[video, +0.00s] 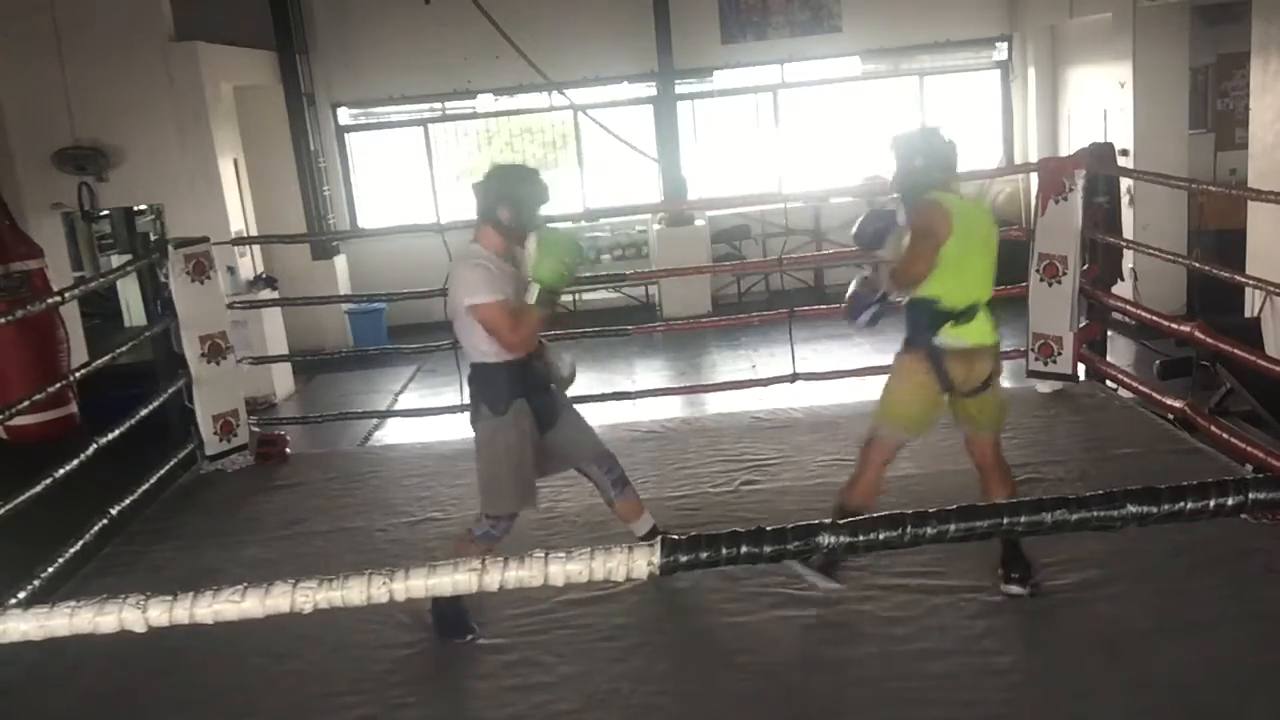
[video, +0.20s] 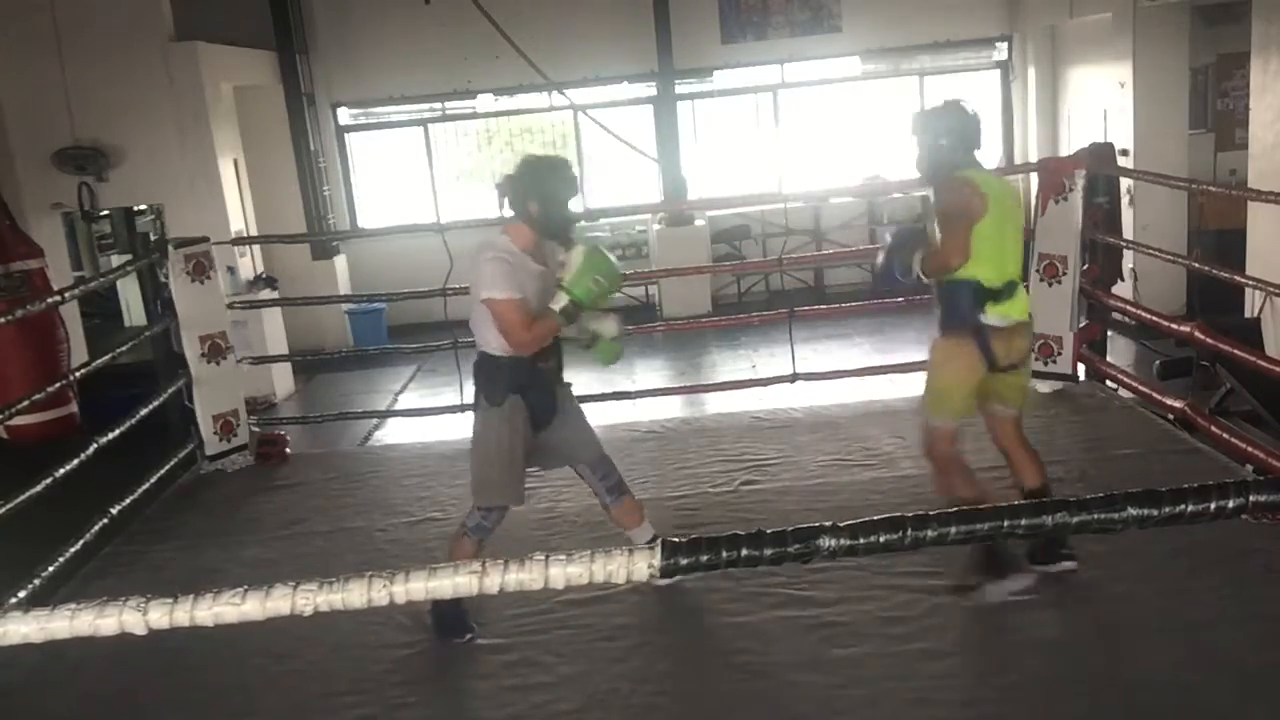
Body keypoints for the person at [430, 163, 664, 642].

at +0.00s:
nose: (535, 222)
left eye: (535, 212)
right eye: (529, 212)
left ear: (504, 212)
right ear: (502, 211)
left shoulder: (511, 260)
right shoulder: (472, 272)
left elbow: (519, 325)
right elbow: (517, 341)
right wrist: (548, 287)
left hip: (535, 386)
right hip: (499, 398)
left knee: (603, 466)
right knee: (499, 516)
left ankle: (657, 548)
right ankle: (446, 589)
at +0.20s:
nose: (573, 209)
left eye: (573, 197)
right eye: (566, 199)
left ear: (535, 202)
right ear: (538, 202)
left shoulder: (549, 254)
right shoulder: (494, 262)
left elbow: (548, 321)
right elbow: (521, 339)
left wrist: (586, 330)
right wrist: (571, 306)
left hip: (546, 385)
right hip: (503, 393)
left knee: (601, 471)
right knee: (494, 503)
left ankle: (655, 556)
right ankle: (449, 595)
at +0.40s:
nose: (630, 218)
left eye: (632, 209)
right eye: (626, 208)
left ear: (596, 207)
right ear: (597, 205)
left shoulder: (604, 256)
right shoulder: (549, 254)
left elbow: (607, 322)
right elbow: (572, 335)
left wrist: (660, 318)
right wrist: (626, 303)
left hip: (582, 381)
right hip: (536, 386)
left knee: (648, 468)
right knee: (521, 506)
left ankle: (675, 563)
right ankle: (458, 588)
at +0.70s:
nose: (614, 200)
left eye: (616, 189)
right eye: (606, 189)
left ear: (590, 189)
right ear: (575, 188)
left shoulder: (600, 242)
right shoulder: (538, 244)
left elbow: (636, 297)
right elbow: (559, 320)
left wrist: (672, 260)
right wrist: (611, 280)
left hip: (591, 375)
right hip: (542, 382)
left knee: (638, 466)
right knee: (535, 495)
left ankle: (673, 560)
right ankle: (509, 587)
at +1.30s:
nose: (647, 226)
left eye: (649, 215)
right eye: (637, 217)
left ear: (648, 212)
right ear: (603, 218)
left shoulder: (641, 252)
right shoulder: (555, 266)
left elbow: (684, 308)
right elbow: (572, 349)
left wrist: (697, 269)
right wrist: (632, 319)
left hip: (631, 393)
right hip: (574, 399)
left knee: (696, 482)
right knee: (541, 513)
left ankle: (721, 584)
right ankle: (509, 592)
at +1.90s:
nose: (650, 206)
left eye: (652, 195)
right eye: (644, 194)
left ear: (614, 193)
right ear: (616, 192)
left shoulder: (612, 246)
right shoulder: (577, 252)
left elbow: (632, 310)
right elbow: (622, 329)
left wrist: (670, 263)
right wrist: (675, 283)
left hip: (638, 381)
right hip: (592, 391)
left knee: (706, 469)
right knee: (576, 509)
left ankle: (740, 567)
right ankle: (538, 603)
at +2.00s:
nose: (673, 204)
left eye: (673, 194)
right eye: (667, 193)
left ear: (634, 193)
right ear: (637, 192)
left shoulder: (631, 241)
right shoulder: (595, 244)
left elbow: (649, 302)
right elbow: (659, 311)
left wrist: (683, 254)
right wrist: (705, 268)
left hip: (646, 381)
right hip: (604, 389)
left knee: (707, 475)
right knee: (586, 513)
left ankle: (753, 562)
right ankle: (541, 595)